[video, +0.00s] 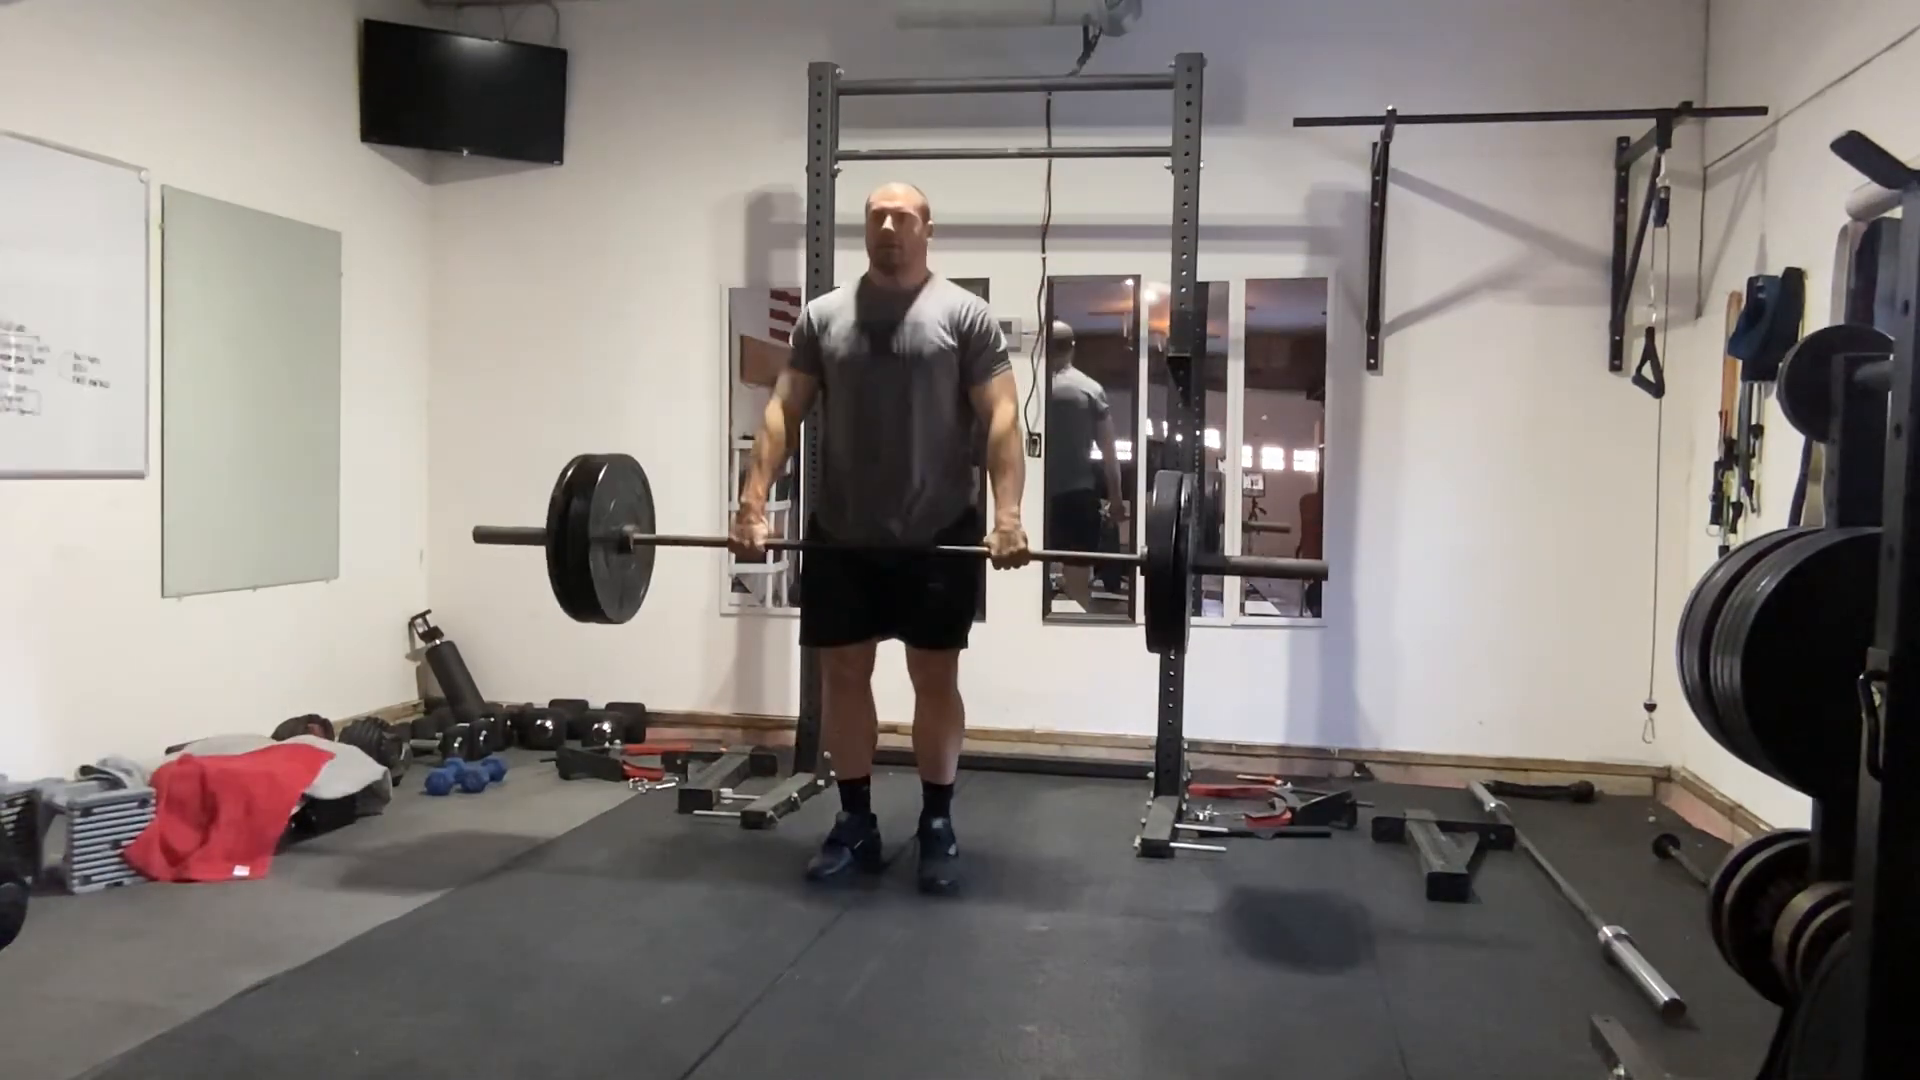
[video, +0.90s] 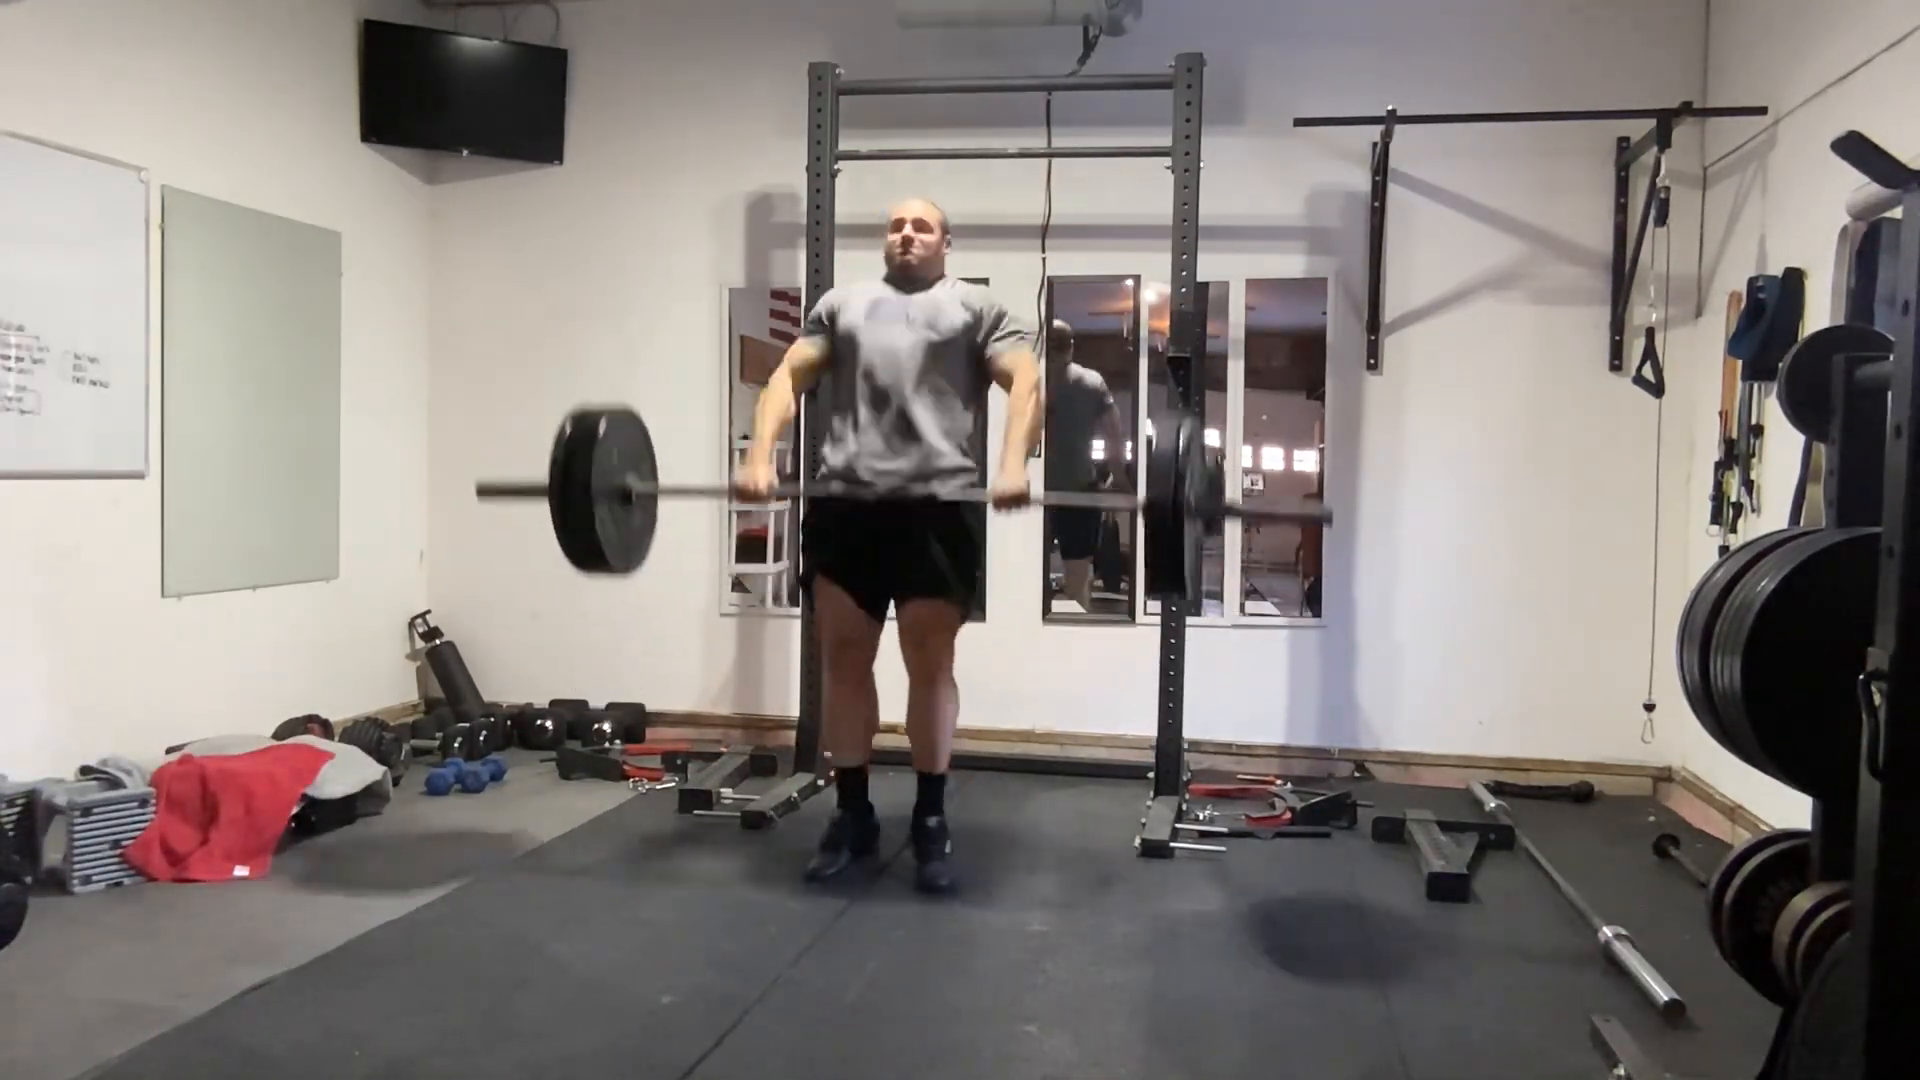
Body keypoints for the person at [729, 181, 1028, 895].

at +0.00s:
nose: (887, 227)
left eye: (902, 218)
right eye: (877, 218)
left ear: (928, 233)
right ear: (863, 233)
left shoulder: (966, 317)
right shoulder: (822, 318)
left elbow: (1000, 418)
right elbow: (783, 410)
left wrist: (1007, 517)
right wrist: (751, 503)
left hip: (936, 531)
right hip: (842, 530)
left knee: (934, 675)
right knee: (844, 672)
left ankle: (937, 828)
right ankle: (855, 828)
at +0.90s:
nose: (907, 234)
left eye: (921, 227)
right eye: (897, 226)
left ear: (945, 246)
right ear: (882, 242)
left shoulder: (974, 305)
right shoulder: (842, 304)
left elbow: (1027, 380)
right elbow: (787, 376)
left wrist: (1013, 462)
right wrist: (759, 455)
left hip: (938, 506)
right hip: (845, 503)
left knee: (929, 660)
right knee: (844, 660)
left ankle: (930, 822)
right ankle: (851, 817)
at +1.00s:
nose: (909, 226)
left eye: (924, 221)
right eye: (899, 220)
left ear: (946, 244)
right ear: (884, 241)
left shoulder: (974, 295)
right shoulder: (847, 295)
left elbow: (1043, 348)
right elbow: (791, 355)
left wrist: (1022, 390)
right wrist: (758, 385)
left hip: (943, 471)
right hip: (857, 470)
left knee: (936, 633)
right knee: (842, 638)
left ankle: (939, 819)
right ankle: (848, 811)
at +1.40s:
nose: (884, 313)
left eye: (899, 304)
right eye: (877, 304)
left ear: (932, 319)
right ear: (866, 318)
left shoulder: (949, 387)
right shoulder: (835, 391)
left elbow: (977, 409)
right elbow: (758, 405)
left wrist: (989, 341)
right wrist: (781, 340)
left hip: (946, 582)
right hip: (844, 582)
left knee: (987, 723)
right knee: (766, 706)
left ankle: (968, 835)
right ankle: (833, 829)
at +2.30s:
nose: (897, 275)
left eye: (914, 267)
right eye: (888, 266)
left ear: (939, 288)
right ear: (874, 285)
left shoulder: (959, 359)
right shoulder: (834, 364)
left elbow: (993, 397)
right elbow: (769, 402)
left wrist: (1003, 330)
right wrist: (772, 336)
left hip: (941, 569)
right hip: (843, 567)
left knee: (958, 718)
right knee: (796, 699)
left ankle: (947, 834)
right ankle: (852, 831)